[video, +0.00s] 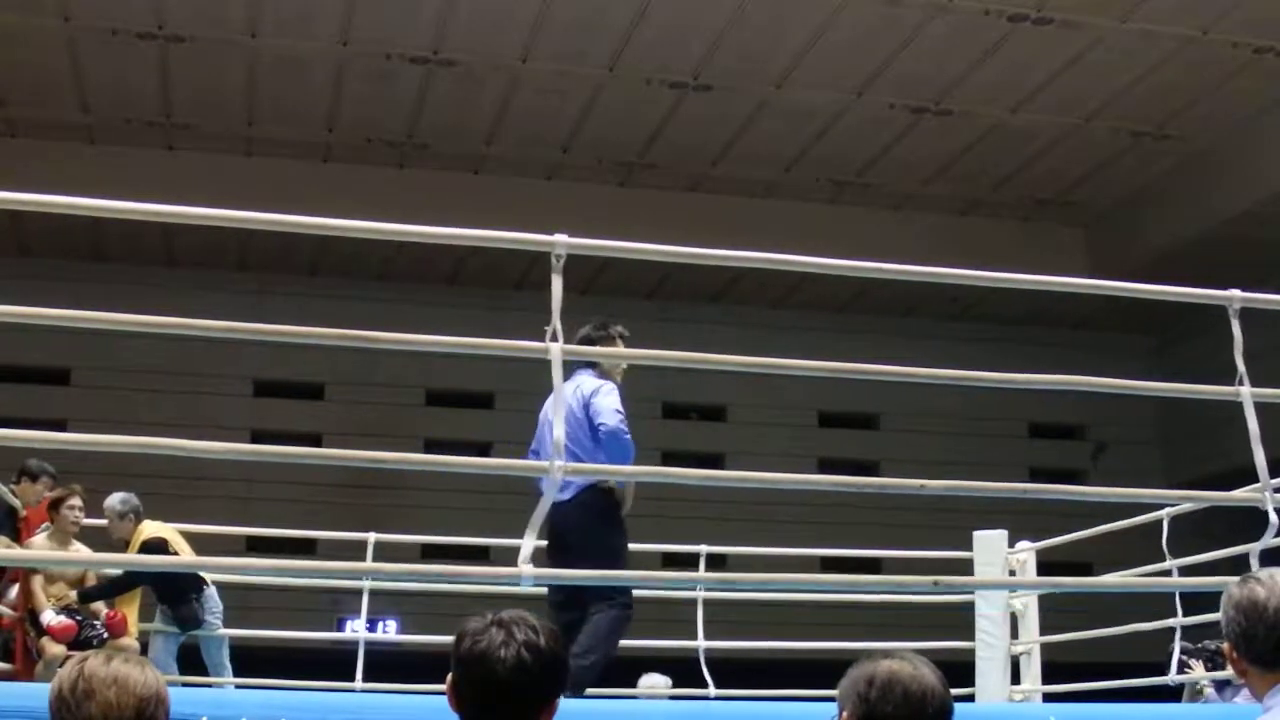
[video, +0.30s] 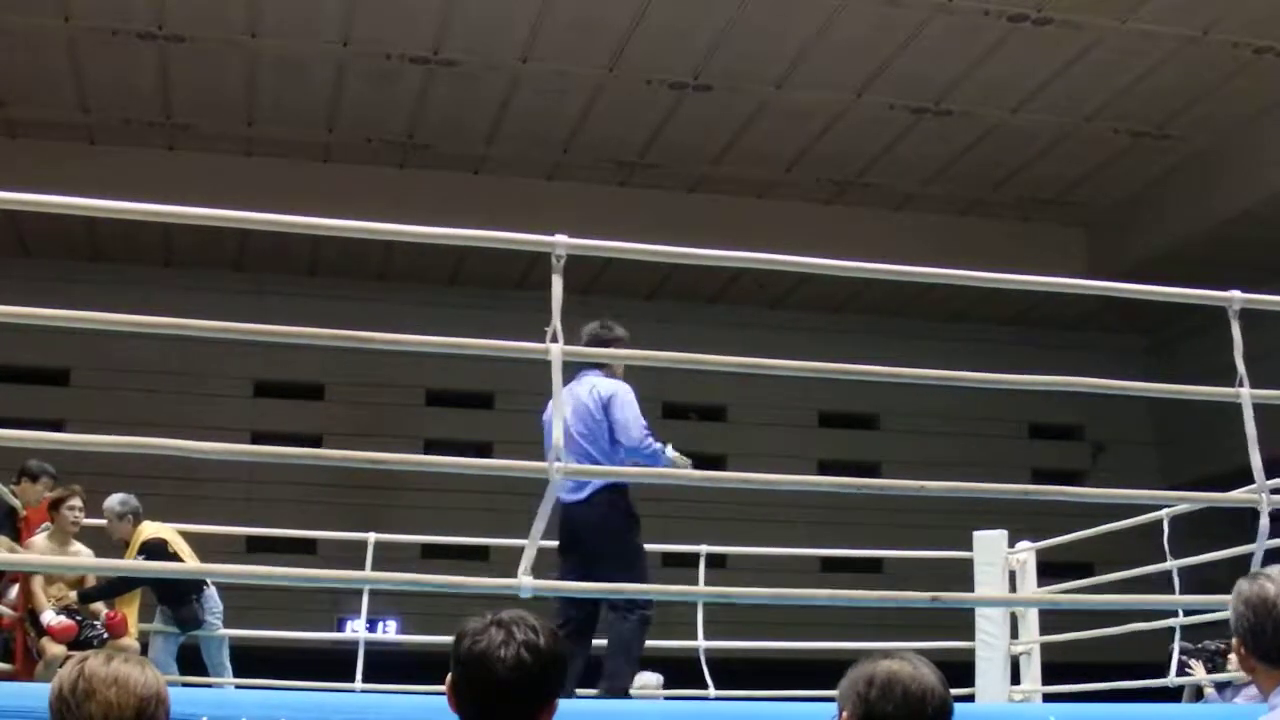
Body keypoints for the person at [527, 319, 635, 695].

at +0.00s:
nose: (625, 361)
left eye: (625, 353)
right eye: (620, 353)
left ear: (584, 356)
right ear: (600, 354)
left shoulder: (555, 398)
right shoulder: (600, 387)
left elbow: (534, 458)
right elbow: (611, 430)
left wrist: (555, 492)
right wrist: (626, 485)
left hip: (558, 508)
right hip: (592, 503)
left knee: (566, 602)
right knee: (614, 601)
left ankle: (551, 686)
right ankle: (572, 687)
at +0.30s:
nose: (626, 361)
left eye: (625, 354)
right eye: (623, 354)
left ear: (586, 354)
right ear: (613, 356)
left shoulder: (557, 402)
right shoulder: (616, 390)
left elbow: (555, 459)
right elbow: (635, 443)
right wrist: (669, 457)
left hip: (570, 512)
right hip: (608, 509)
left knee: (575, 605)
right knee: (631, 602)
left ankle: (557, 692)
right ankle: (614, 693)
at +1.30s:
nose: (667, 361)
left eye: (666, 352)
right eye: (663, 352)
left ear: (627, 355)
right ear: (644, 354)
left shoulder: (591, 399)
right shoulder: (652, 398)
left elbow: (588, 458)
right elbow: (668, 459)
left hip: (603, 513)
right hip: (642, 510)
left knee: (598, 605)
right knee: (642, 604)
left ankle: (583, 695)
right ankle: (631, 696)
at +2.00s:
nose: (658, 355)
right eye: (659, 351)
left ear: (622, 350)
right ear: (659, 354)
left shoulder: (592, 399)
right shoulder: (671, 399)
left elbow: (589, 456)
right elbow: (690, 457)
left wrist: (608, 485)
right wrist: (687, 499)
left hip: (606, 516)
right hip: (651, 515)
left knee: (597, 607)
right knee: (642, 608)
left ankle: (585, 698)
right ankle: (632, 698)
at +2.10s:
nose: (656, 357)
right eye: (659, 352)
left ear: (622, 351)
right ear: (659, 355)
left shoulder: (592, 400)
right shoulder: (673, 399)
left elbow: (580, 464)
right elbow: (691, 465)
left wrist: (573, 516)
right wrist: (699, 517)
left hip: (608, 516)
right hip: (653, 515)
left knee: (598, 607)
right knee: (644, 607)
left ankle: (587, 698)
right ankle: (632, 698)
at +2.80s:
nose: (659, 362)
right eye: (662, 357)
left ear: (624, 356)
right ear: (660, 359)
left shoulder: (594, 401)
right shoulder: (673, 399)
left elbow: (569, 452)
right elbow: (700, 453)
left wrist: (550, 458)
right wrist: (731, 497)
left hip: (611, 519)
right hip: (657, 518)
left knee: (602, 607)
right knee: (647, 608)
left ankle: (587, 698)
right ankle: (633, 698)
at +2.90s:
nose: (665, 358)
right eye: (664, 353)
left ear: (625, 355)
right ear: (662, 357)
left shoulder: (594, 401)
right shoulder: (670, 398)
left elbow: (556, 448)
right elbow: (702, 448)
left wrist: (543, 431)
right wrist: (750, 466)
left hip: (612, 517)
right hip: (658, 517)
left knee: (604, 605)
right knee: (647, 607)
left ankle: (587, 696)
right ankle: (634, 698)